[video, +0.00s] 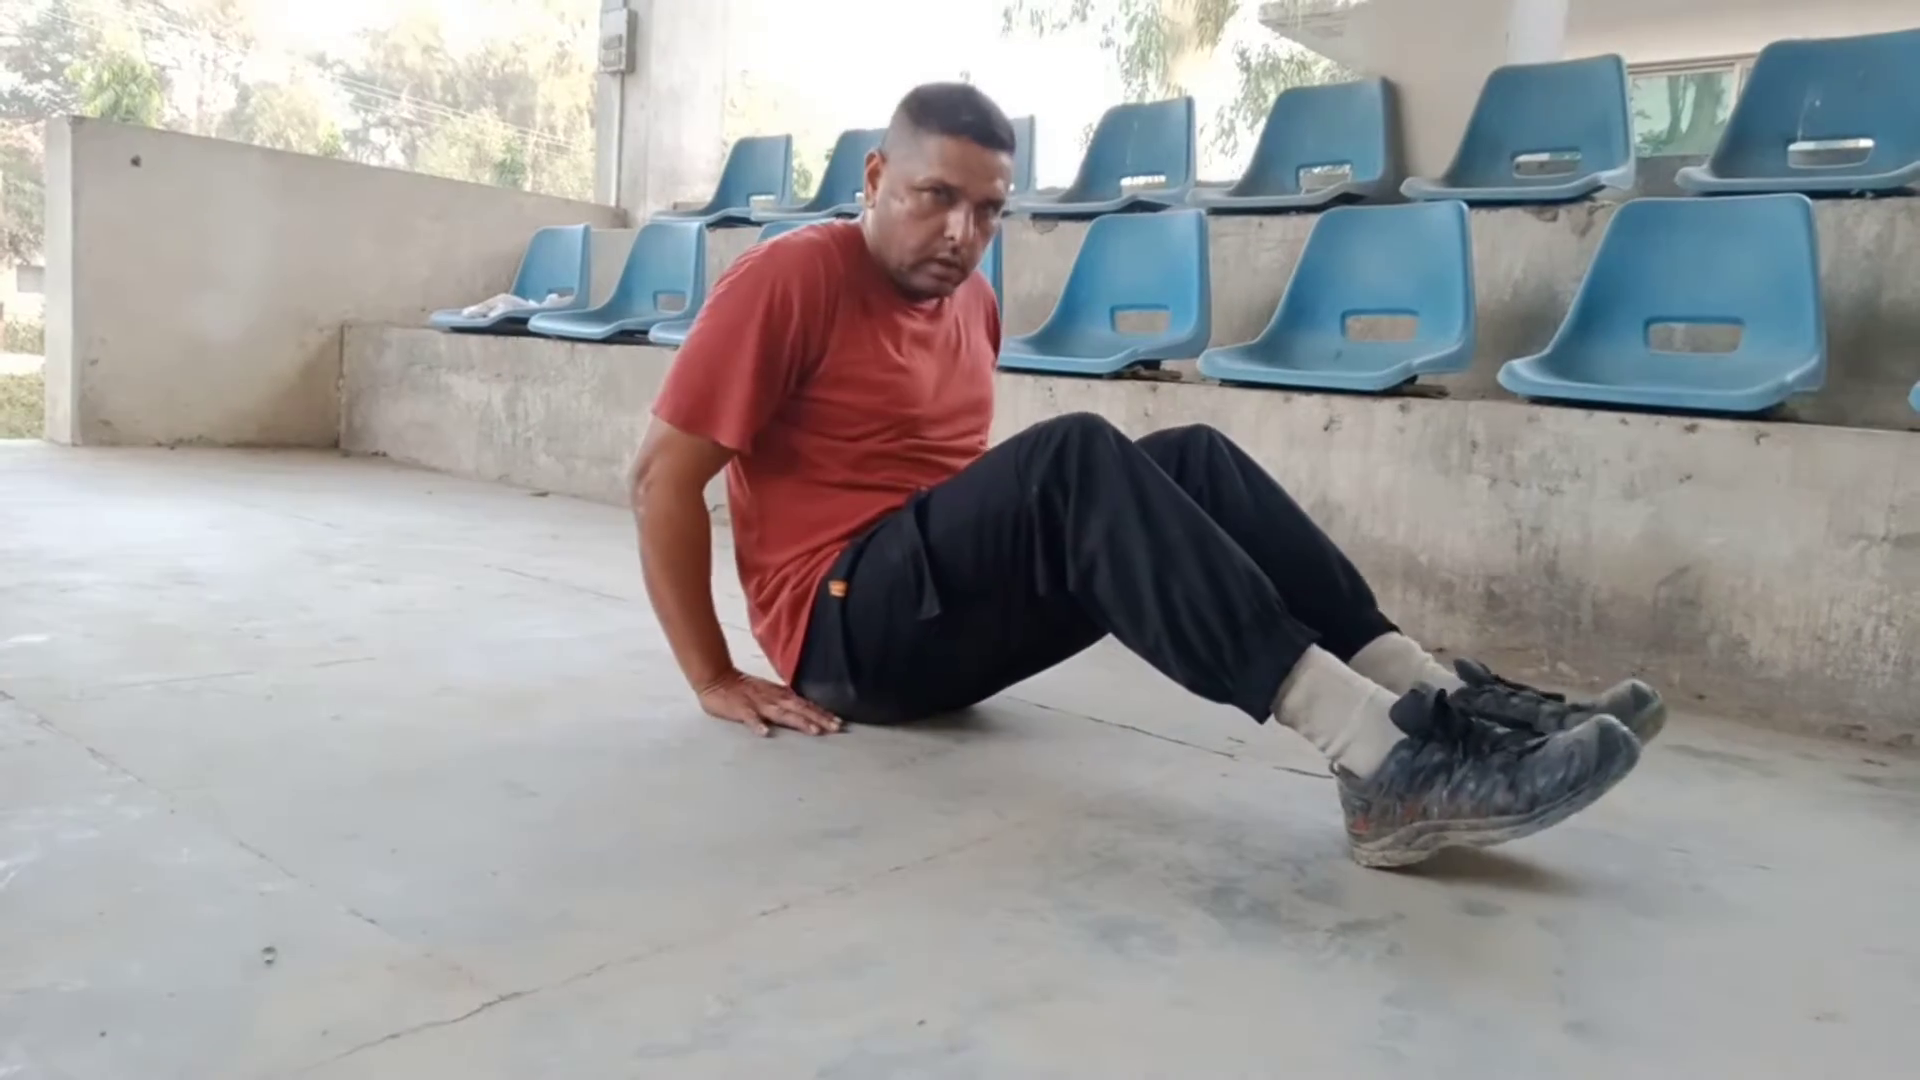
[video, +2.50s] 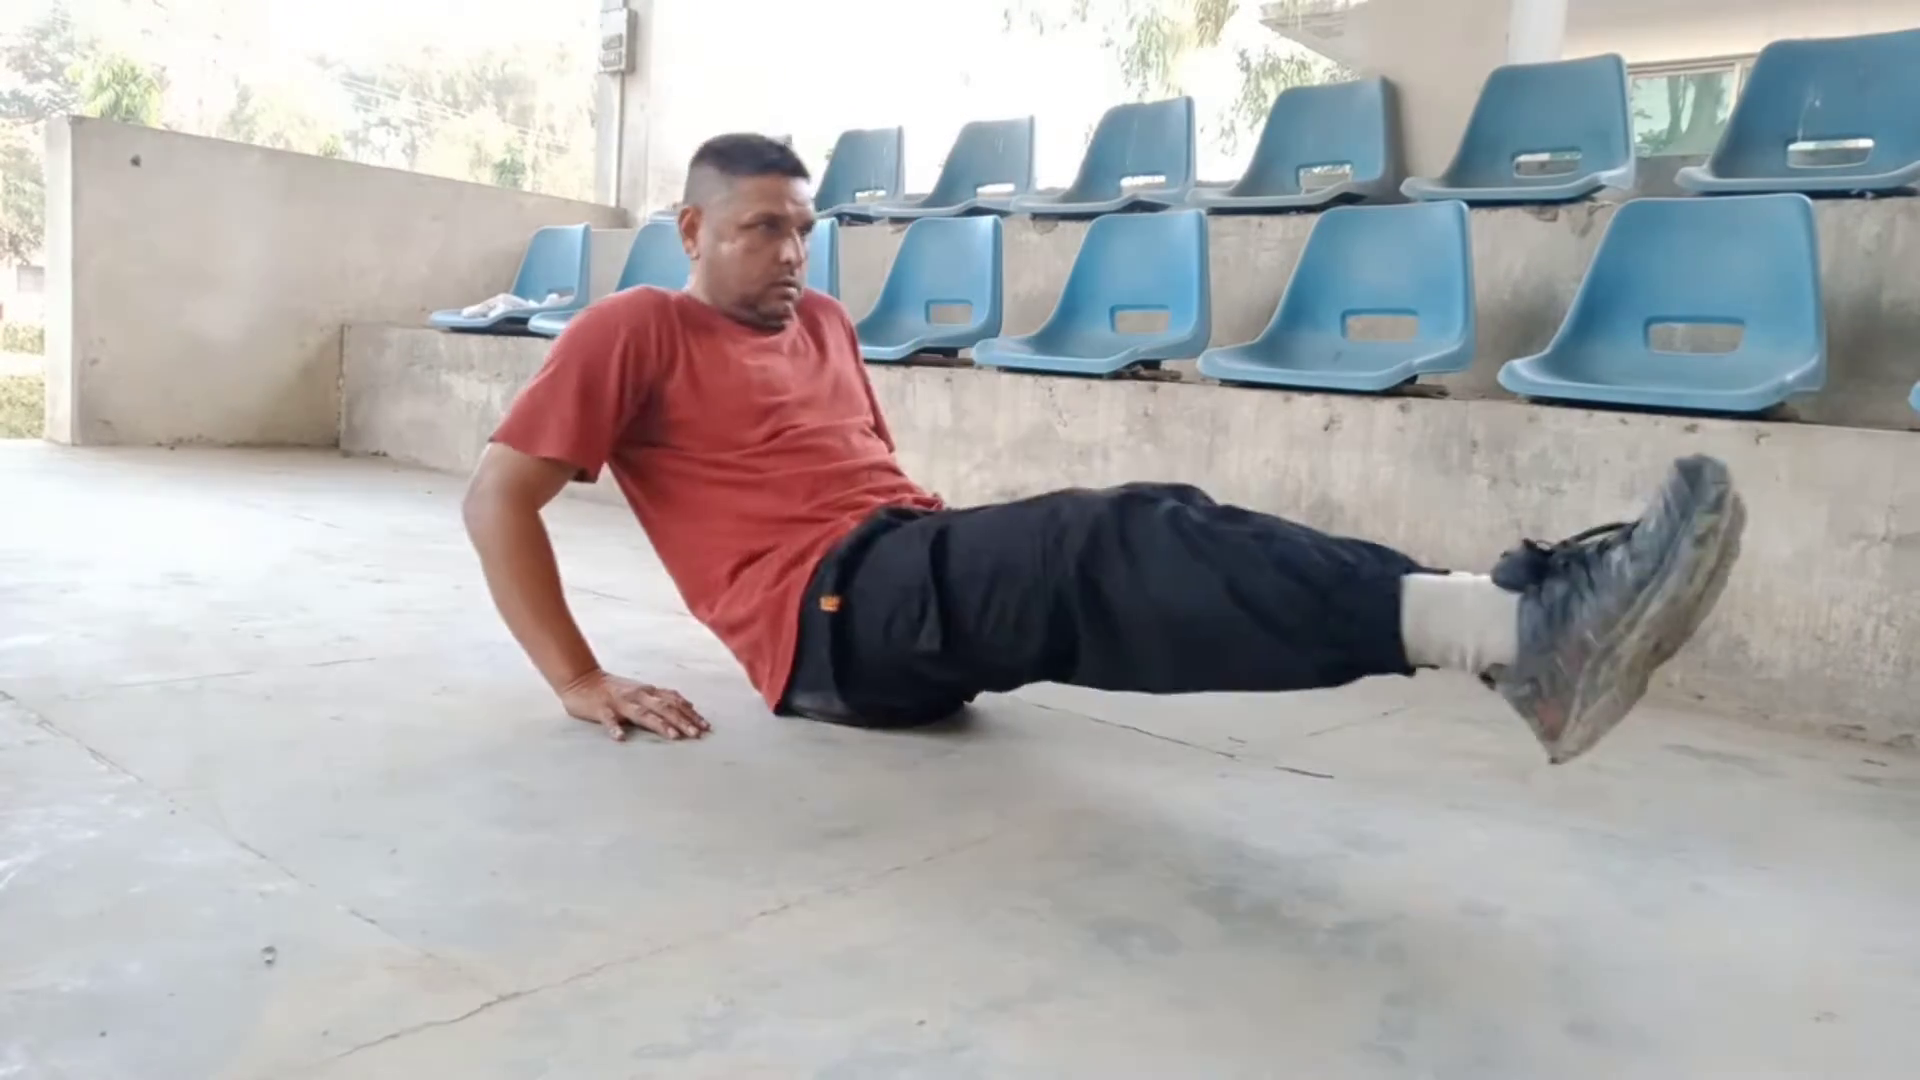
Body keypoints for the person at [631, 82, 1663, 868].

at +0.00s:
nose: (959, 231)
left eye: (984, 210)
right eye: (937, 200)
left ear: (999, 208)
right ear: (873, 182)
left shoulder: (973, 298)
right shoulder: (786, 277)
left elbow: (928, 468)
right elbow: (664, 476)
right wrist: (709, 678)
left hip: (946, 616)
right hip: (842, 629)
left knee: (1191, 456)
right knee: (1070, 454)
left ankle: (1444, 703)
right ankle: (1373, 757)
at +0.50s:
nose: (953, 218)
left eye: (966, 194)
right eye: (932, 190)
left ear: (966, 194)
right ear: (852, 179)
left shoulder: (944, 298)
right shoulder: (759, 278)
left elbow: (924, 470)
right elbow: (655, 479)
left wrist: (917, 636)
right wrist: (709, 680)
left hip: (930, 610)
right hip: (836, 624)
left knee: (1177, 457)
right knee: (1084, 462)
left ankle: (1443, 716)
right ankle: (1397, 746)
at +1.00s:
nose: (959, 226)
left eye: (973, 203)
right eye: (938, 198)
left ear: (973, 203)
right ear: (858, 187)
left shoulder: (946, 302)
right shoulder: (764, 286)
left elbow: (923, 463)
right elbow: (618, 461)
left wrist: (951, 607)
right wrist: (656, 674)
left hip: (936, 601)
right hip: (845, 618)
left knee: (1180, 456)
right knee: (1100, 472)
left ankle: (1452, 712)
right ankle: (1411, 764)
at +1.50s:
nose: (899, 231)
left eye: (917, 208)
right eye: (875, 204)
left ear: (924, 204)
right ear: (805, 189)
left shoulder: (911, 301)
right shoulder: (719, 300)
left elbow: (899, 460)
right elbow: (568, 468)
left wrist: (944, 618)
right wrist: (584, 679)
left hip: (931, 586)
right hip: (836, 609)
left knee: (1178, 453)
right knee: (1103, 469)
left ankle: (1433, 733)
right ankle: (1409, 740)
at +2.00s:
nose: (886, 251)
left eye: (898, 226)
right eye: (861, 223)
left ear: (905, 215)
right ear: (785, 203)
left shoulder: (900, 299)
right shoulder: (707, 287)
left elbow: (909, 450)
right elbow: (570, 466)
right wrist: (583, 682)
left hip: (910, 634)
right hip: (811, 631)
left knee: (1054, 351)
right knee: (949, 351)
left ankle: (1219, 608)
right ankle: (1178, 637)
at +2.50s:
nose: (789, 251)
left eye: (801, 227)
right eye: (760, 228)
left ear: (812, 231)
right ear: (689, 233)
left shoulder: (815, 316)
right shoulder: (633, 329)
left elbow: (848, 462)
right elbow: (495, 498)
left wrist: (911, 545)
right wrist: (576, 681)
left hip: (917, 563)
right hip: (832, 610)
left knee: (1170, 524)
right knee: (1124, 538)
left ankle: (1541, 609)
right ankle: (1515, 644)